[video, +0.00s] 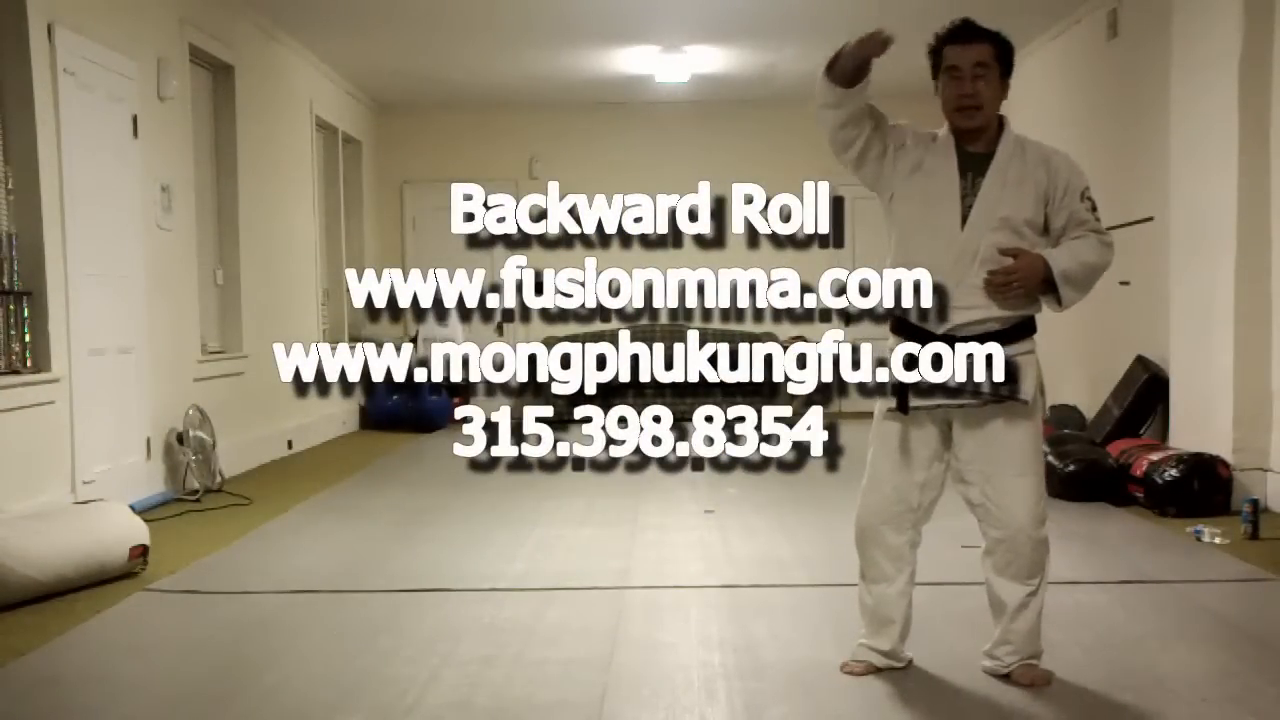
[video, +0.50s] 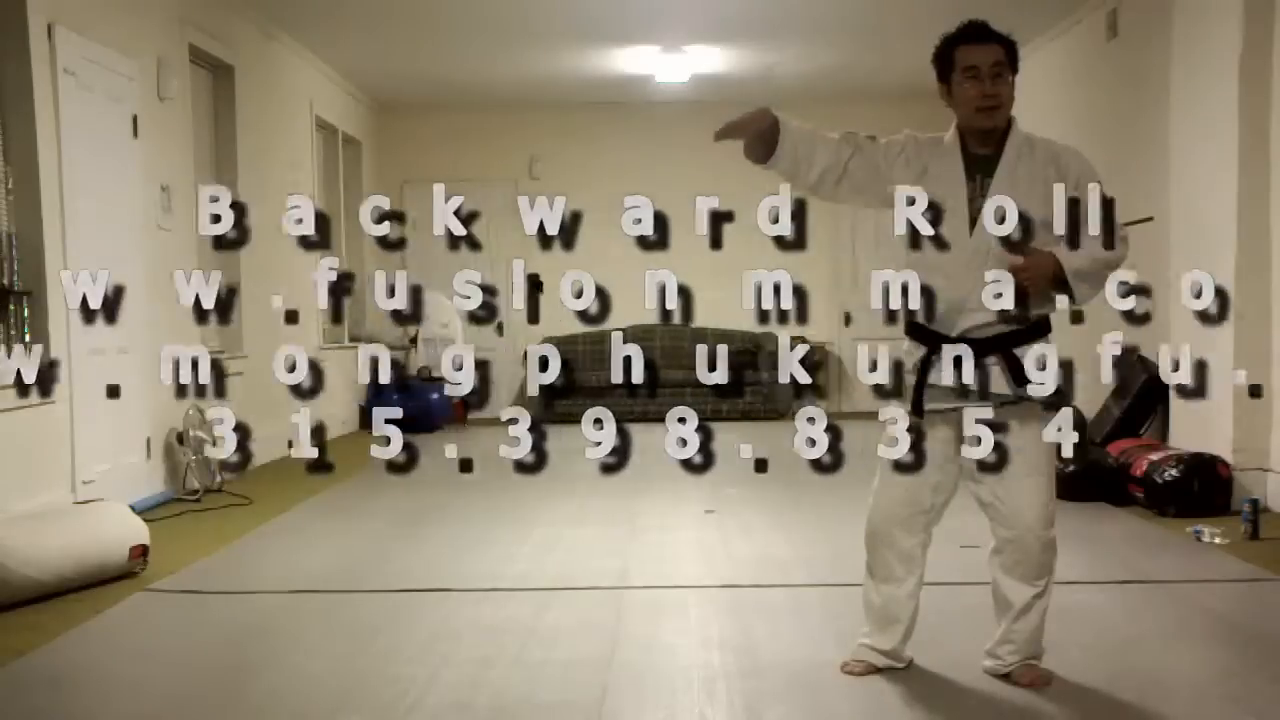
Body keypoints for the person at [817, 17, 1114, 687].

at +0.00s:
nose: (965, 86)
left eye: (980, 73)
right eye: (952, 75)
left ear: (1004, 84)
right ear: (936, 88)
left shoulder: (1048, 168)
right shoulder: (902, 157)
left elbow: (1093, 245)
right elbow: (844, 122)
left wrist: (1048, 268)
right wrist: (852, 63)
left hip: (1002, 362)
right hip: (912, 362)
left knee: (1019, 522)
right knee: (884, 515)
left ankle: (1014, 654)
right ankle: (881, 643)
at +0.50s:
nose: (989, 86)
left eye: (1000, 72)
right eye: (972, 74)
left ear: (1015, 83)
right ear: (946, 88)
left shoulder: (1060, 165)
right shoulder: (911, 158)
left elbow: (1110, 250)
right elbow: (840, 161)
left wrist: (1059, 265)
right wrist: (774, 133)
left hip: (1018, 368)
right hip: (929, 367)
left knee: (1029, 524)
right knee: (895, 514)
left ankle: (1016, 653)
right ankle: (882, 641)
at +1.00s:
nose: (976, 84)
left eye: (990, 72)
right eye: (962, 73)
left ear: (1012, 83)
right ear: (942, 87)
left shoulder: (1058, 168)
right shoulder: (912, 157)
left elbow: (1104, 241)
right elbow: (837, 148)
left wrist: (1061, 264)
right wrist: (786, 107)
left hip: (1019, 370)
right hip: (929, 369)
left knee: (1029, 526)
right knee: (895, 516)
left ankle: (1015, 653)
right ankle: (882, 642)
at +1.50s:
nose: (968, 87)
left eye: (987, 74)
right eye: (962, 74)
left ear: (1021, 88)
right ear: (953, 83)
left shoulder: (1064, 171)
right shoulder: (918, 154)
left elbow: (1110, 251)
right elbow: (861, 120)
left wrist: (1063, 271)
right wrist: (841, 66)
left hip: (1018, 365)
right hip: (927, 362)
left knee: (1029, 526)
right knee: (893, 515)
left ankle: (1015, 654)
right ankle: (882, 641)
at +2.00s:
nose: (991, 83)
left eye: (1007, 70)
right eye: (978, 71)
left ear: (1029, 84)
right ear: (960, 85)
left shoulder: (1070, 171)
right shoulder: (935, 158)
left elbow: (1113, 249)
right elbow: (900, 98)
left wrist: (1074, 270)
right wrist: (951, 38)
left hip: (1026, 369)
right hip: (936, 366)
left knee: (1036, 526)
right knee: (899, 514)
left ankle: (1016, 653)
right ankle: (882, 641)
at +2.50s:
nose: (981, 85)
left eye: (991, 70)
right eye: (962, 76)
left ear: (1009, 80)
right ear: (941, 94)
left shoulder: (1059, 167)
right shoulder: (918, 162)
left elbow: (1106, 241)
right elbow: (869, 119)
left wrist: (1064, 266)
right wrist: (888, 62)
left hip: (1023, 367)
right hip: (933, 366)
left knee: (1035, 525)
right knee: (900, 516)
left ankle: (1017, 653)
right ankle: (884, 641)